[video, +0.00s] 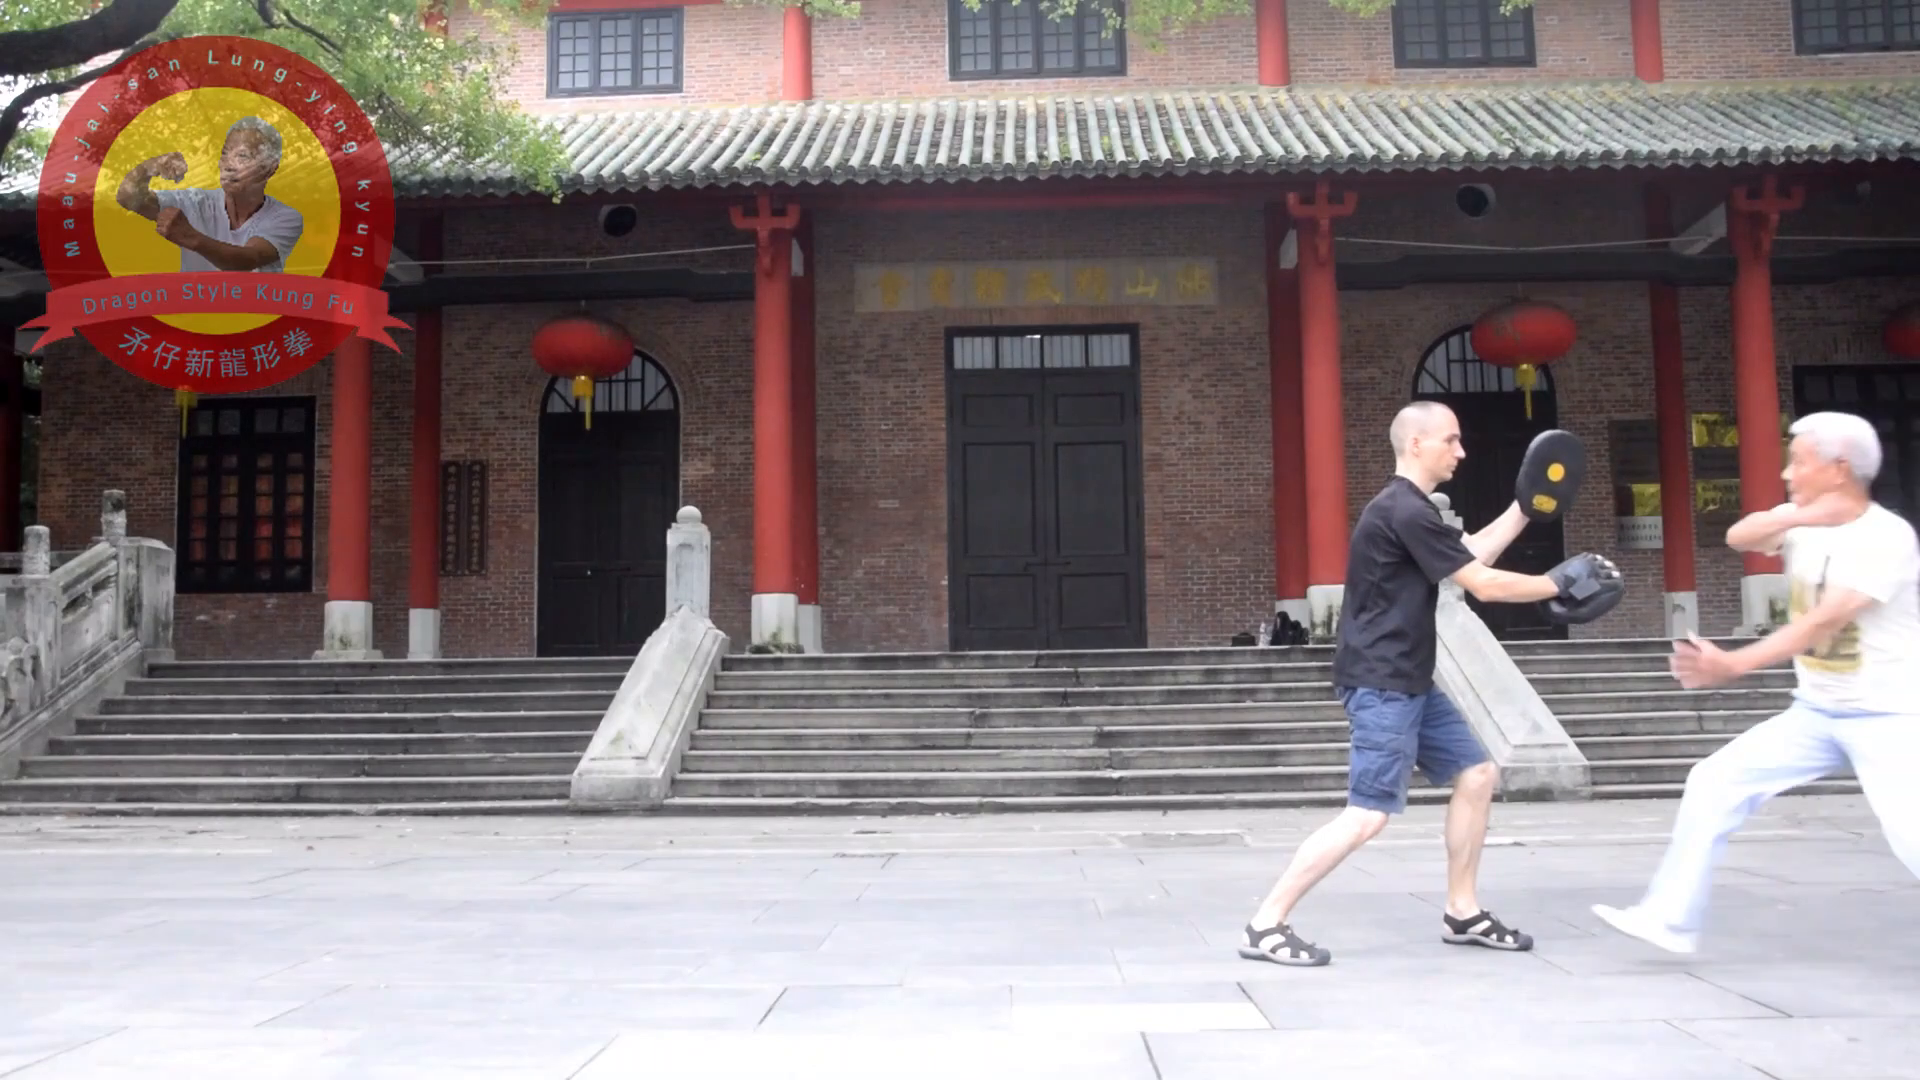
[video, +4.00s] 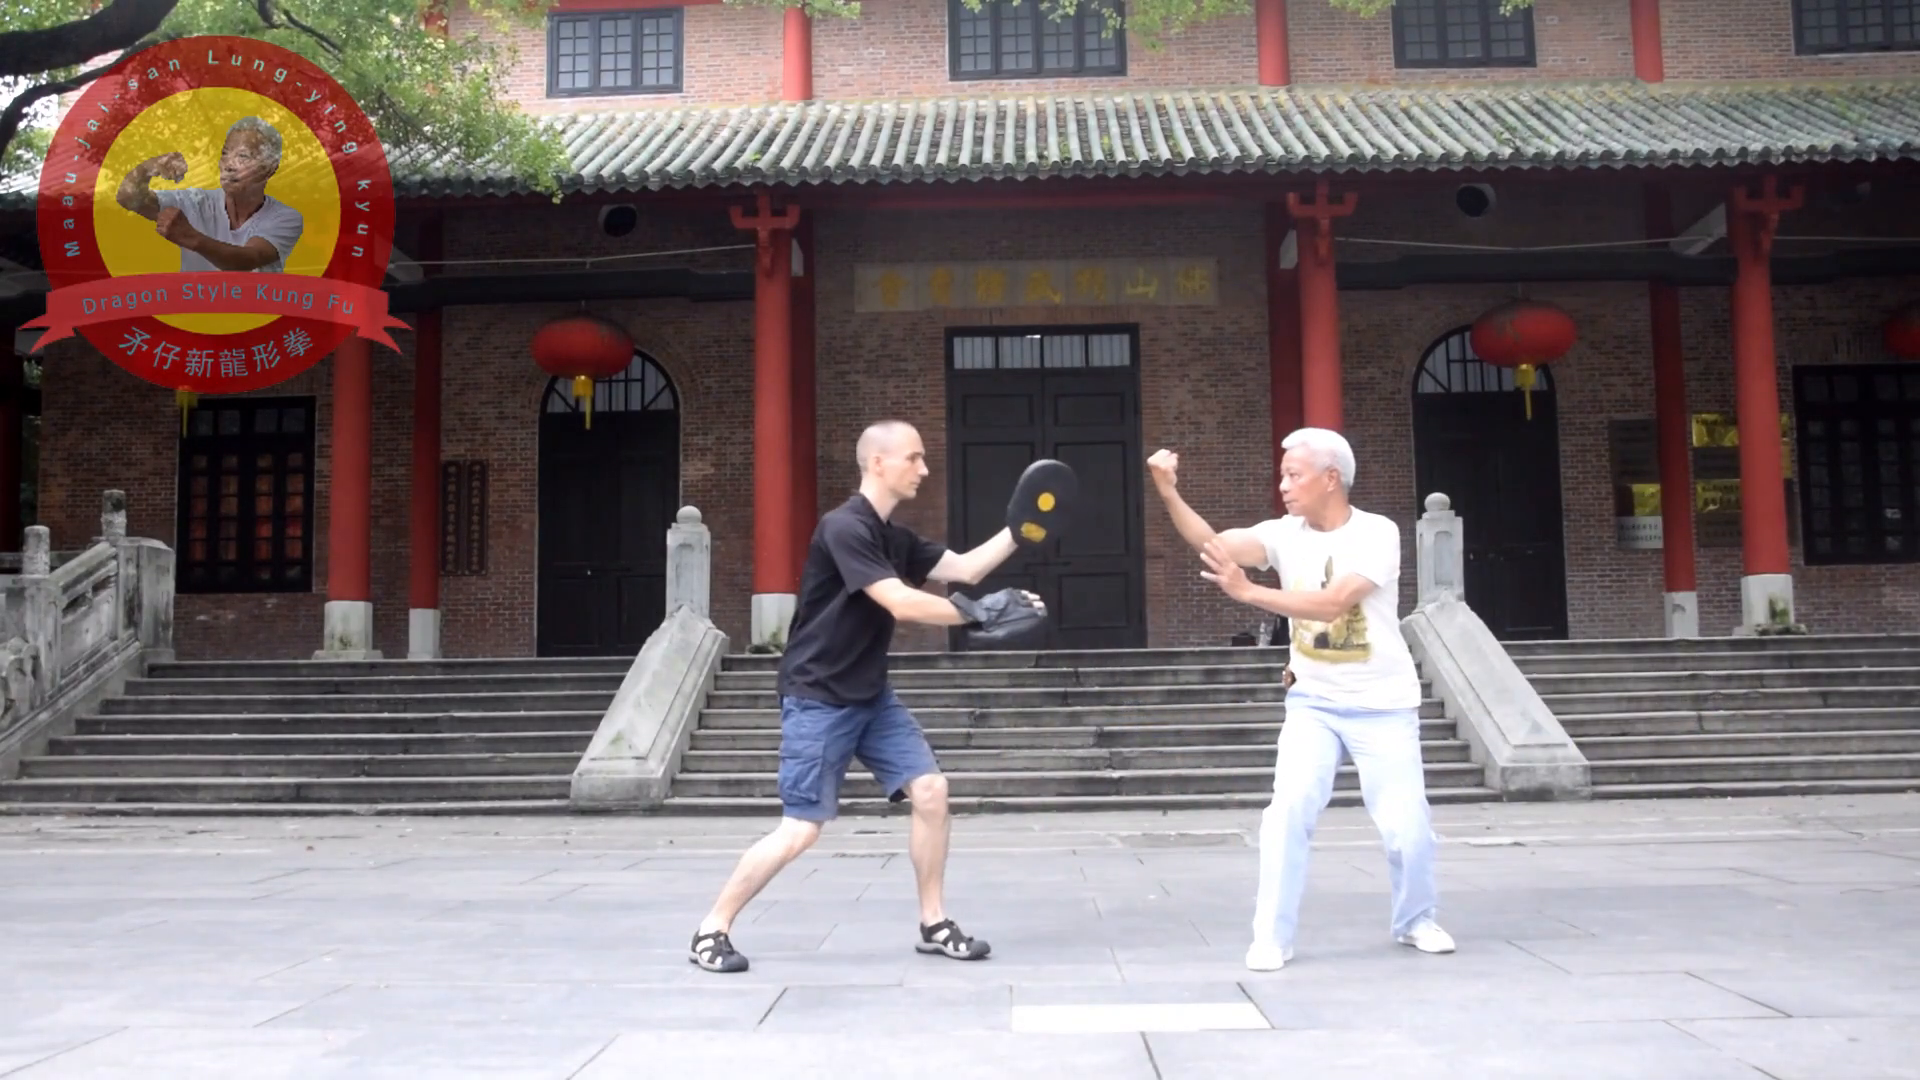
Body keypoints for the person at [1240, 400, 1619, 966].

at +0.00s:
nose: (1461, 450)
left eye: (1459, 440)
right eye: (1451, 440)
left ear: (1420, 445)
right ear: (1417, 444)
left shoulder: (1413, 504)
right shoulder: (1402, 510)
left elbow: (1470, 557)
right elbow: (1482, 585)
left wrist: (1525, 507)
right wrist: (1558, 586)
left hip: (1412, 680)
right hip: (1381, 681)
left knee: (1477, 777)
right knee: (1367, 816)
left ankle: (1463, 913)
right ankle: (1265, 924)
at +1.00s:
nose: (1319, 458)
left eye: (1317, 448)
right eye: (1309, 448)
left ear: (1279, 454)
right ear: (1275, 453)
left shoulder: (1265, 512)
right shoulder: (1257, 513)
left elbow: (1302, 596)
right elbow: (1332, 576)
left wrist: (1355, 574)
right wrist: (1420, 604)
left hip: (1248, 673)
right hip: (1232, 677)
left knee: (1325, 767)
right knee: (1316, 789)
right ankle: (1249, 926)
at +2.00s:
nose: (1161, 473)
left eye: (1160, 462)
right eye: (1152, 462)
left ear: (1119, 470)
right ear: (1117, 468)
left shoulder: (1109, 532)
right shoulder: (1096, 525)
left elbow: (1170, 600)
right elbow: (1188, 537)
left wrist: (1242, 596)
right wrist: (1246, 485)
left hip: (1046, 691)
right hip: (1070, 690)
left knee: (1030, 822)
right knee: (1180, 784)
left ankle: (925, 923)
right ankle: (1169, 936)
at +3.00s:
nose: (1103, 448)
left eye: (1103, 439)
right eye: (1092, 439)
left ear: (1073, 448)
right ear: (1057, 445)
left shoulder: (1091, 515)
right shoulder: (1034, 504)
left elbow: (1134, 567)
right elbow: (1088, 522)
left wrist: (1183, 583)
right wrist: (1148, 467)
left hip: (1044, 678)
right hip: (1048, 678)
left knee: (1012, 810)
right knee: (1151, 781)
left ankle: (921, 924)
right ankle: (1166, 934)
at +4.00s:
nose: (923, 468)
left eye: (923, 458)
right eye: (913, 458)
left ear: (891, 466)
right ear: (877, 464)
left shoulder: (895, 536)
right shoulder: (843, 527)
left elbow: (962, 569)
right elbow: (899, 603)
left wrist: (1021, 528)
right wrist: (979, 611)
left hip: (871, 695)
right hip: (817, 697)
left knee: (930, 792)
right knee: (801, 829)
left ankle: (934, 924)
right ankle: (712, 930)